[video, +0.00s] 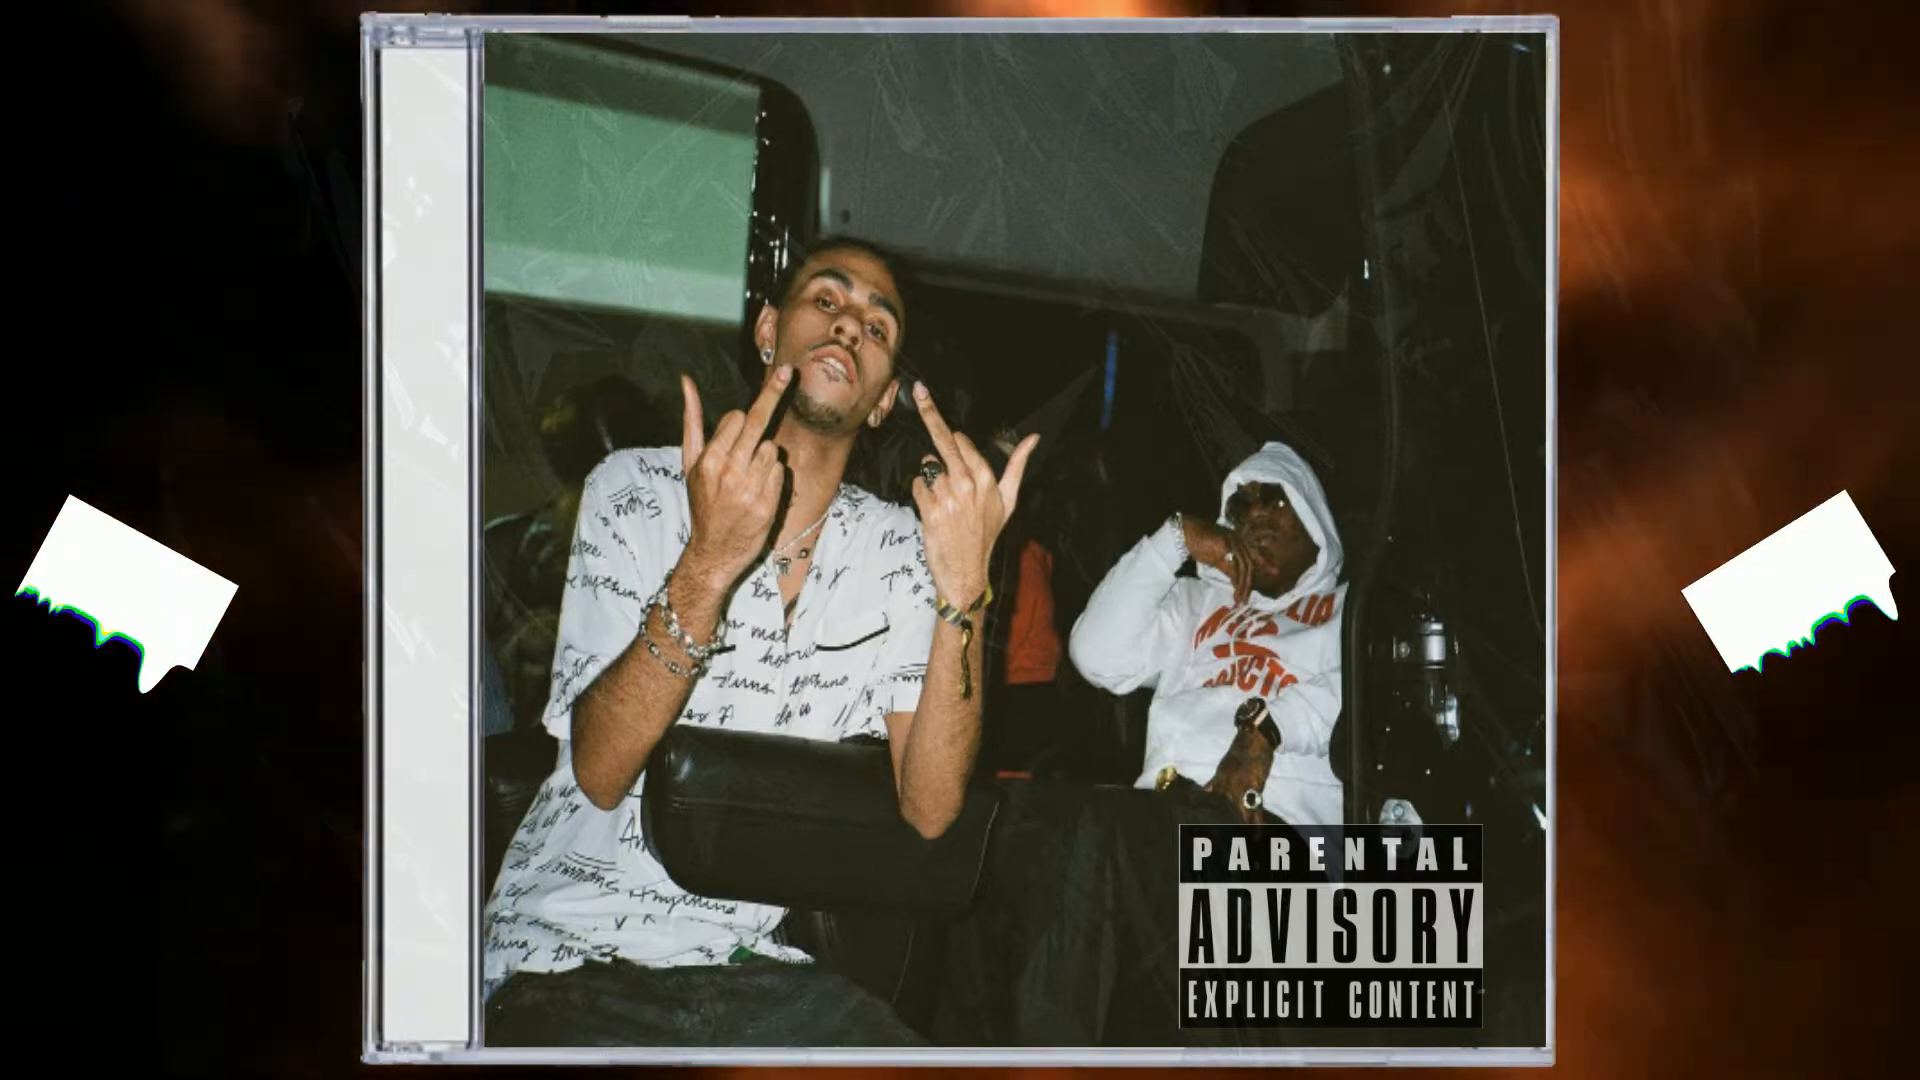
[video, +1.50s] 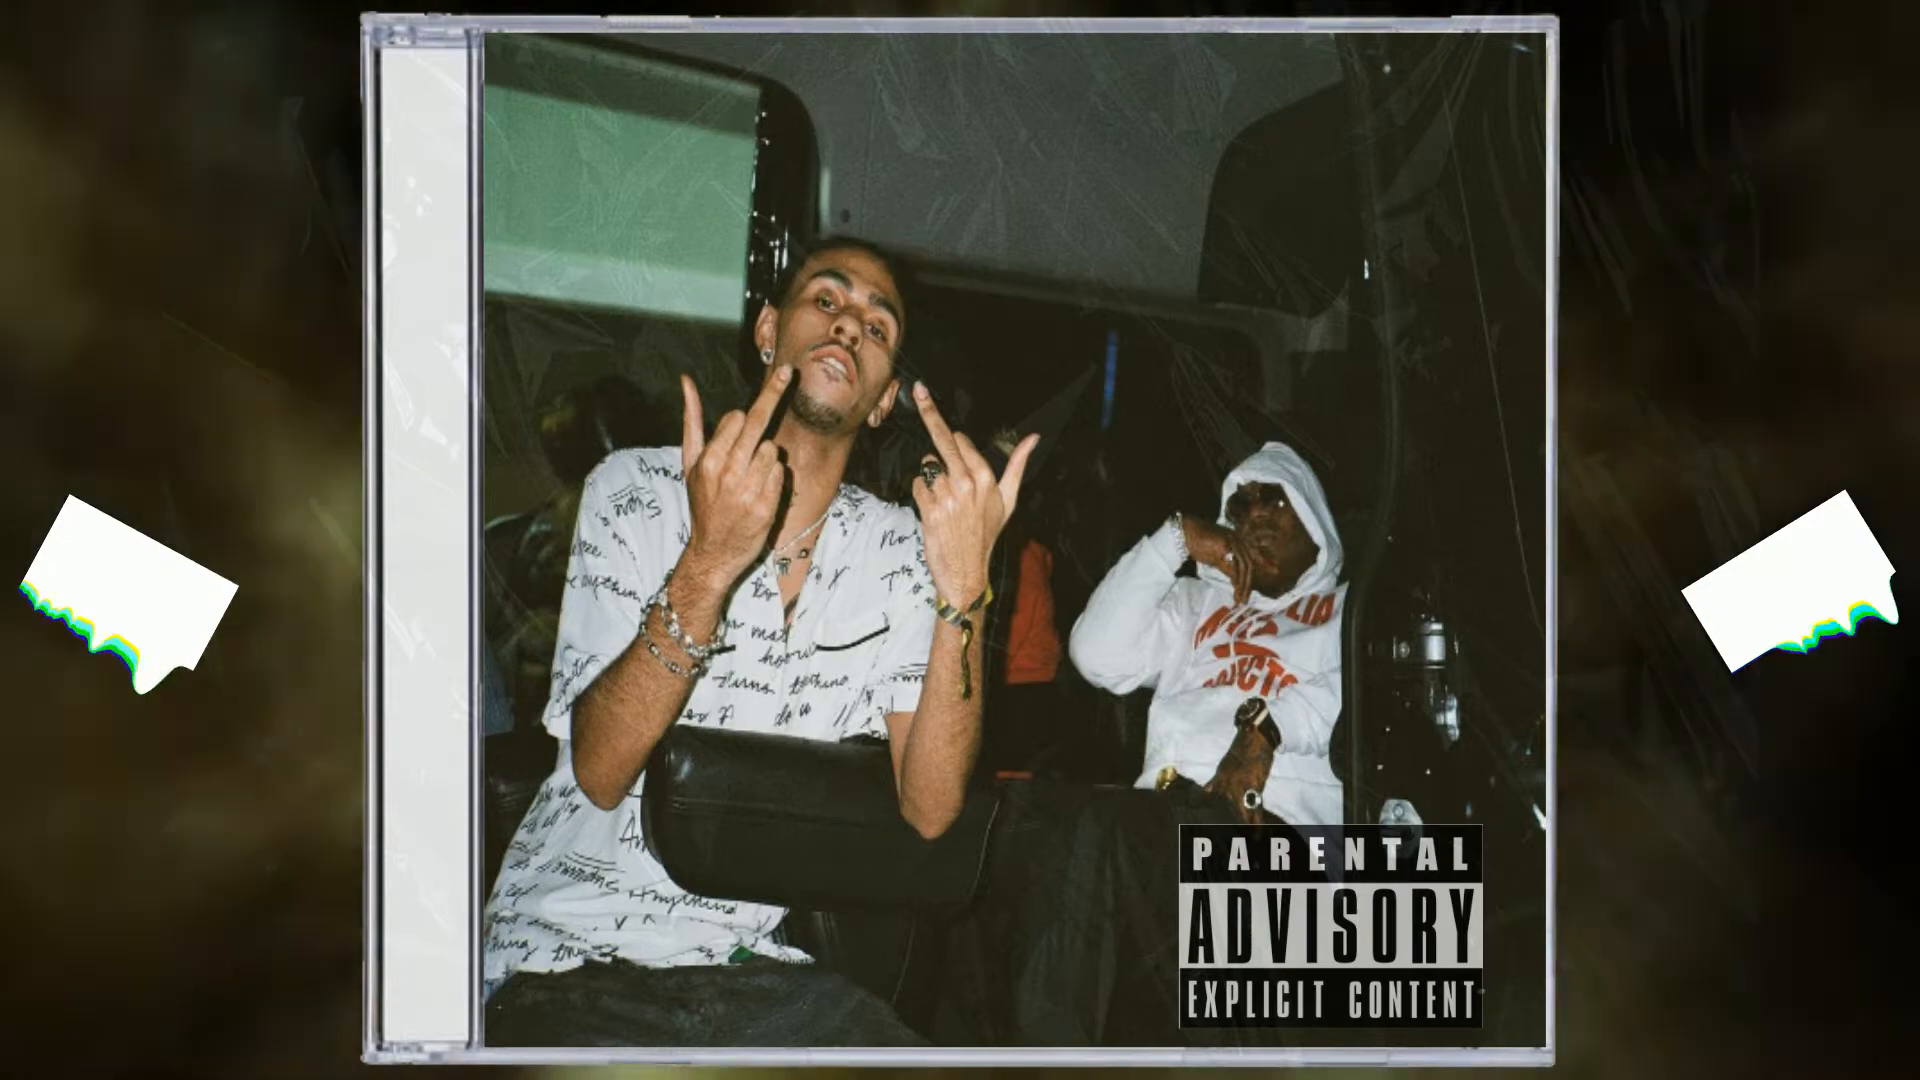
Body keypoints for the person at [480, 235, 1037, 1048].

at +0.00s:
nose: (852, 323)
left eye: (878, 324)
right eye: (826, 299)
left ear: (886, 397)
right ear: (766, 333)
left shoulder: (902, 550)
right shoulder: (637, 490)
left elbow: (930, 809)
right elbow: (601, 771)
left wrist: (965, 594)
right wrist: (709, 564)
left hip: (752, 956)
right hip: (567, 942)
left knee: (907, 1065)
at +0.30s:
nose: (852, 323)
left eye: (879, 323)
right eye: (826, 299)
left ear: (887, 396)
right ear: (767, 333)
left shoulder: (902, 550)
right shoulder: (638, 490)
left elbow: (931, 809)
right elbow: (601, 770)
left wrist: (966, 593)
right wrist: (709, 564)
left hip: (755, 957)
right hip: (570, 946)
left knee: (908, 1064)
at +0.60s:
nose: (852, 323)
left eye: (879, 323)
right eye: (826, 299)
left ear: (887, 396)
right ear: (767, 332)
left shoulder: (903, 550)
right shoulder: (638, 490)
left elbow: (931, 809)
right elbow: (601, 770)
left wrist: (965, 593)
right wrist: (709, 564)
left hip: (757, 958)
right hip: (569, 947)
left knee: (904, 1060)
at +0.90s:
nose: (852, 323)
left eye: (879, 323)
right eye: (826, 299)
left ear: (887, 396)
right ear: (767, 332)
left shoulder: (902, 550)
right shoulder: (638, 490)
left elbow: (931, 809)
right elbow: (601, 770)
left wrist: (965, 593)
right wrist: (709, 564)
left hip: (756, 957)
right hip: (569, 946)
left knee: (906, 1062)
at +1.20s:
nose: (852, 323)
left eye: (879, 324)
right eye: (826, 299)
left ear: (887, 396)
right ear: (767, 333)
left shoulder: (902, 550)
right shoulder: (637, 490)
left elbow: (930, 809)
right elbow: (601, 770)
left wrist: (965, 593)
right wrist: (709, 564)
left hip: (756, 957)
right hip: (569, 945)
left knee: (904, 1060)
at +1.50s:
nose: (851, 323)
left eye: (879, 323)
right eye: (826, 298)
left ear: (887, 395)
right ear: (767, 333)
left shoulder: (903, 550)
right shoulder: (638, 490)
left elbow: (931, 809)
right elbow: (601, 770)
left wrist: (965, 594)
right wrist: (710, 564)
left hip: (757, 957)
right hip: (572, 945)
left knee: (911, 1066)